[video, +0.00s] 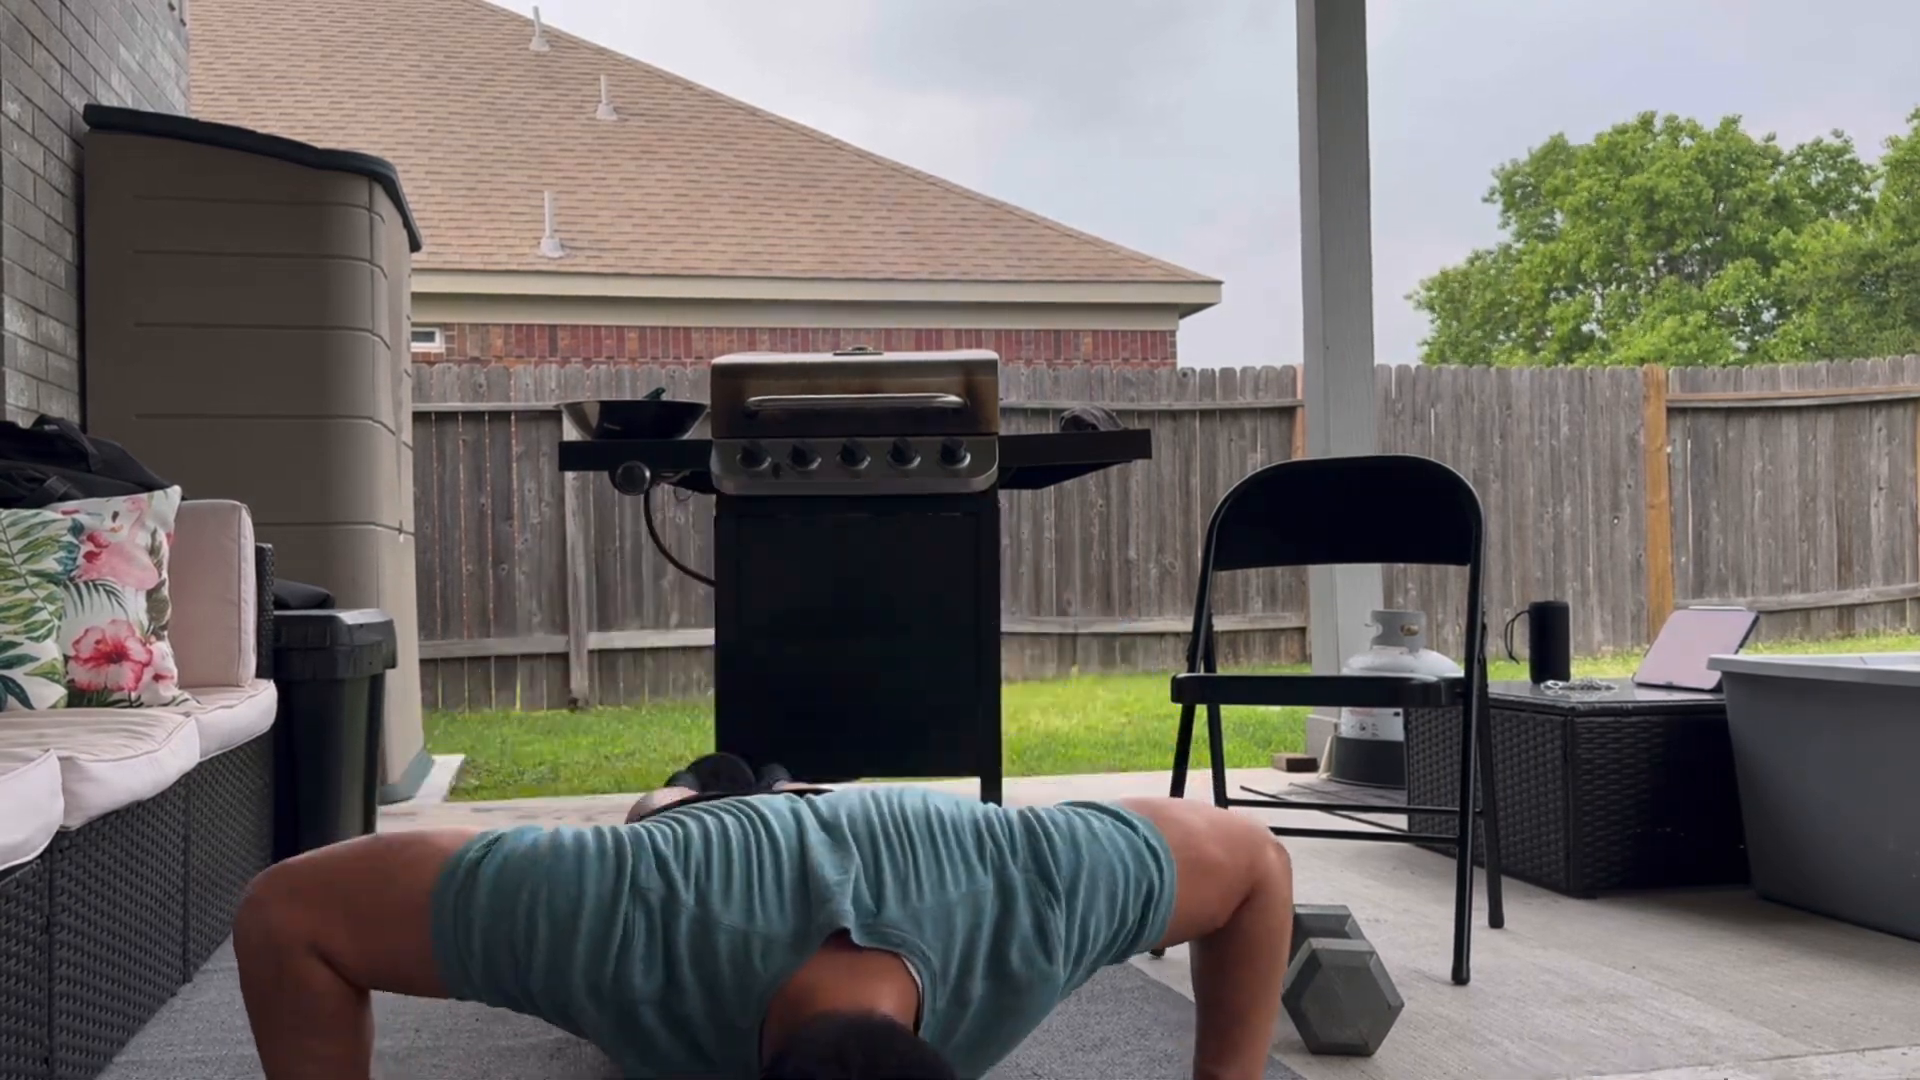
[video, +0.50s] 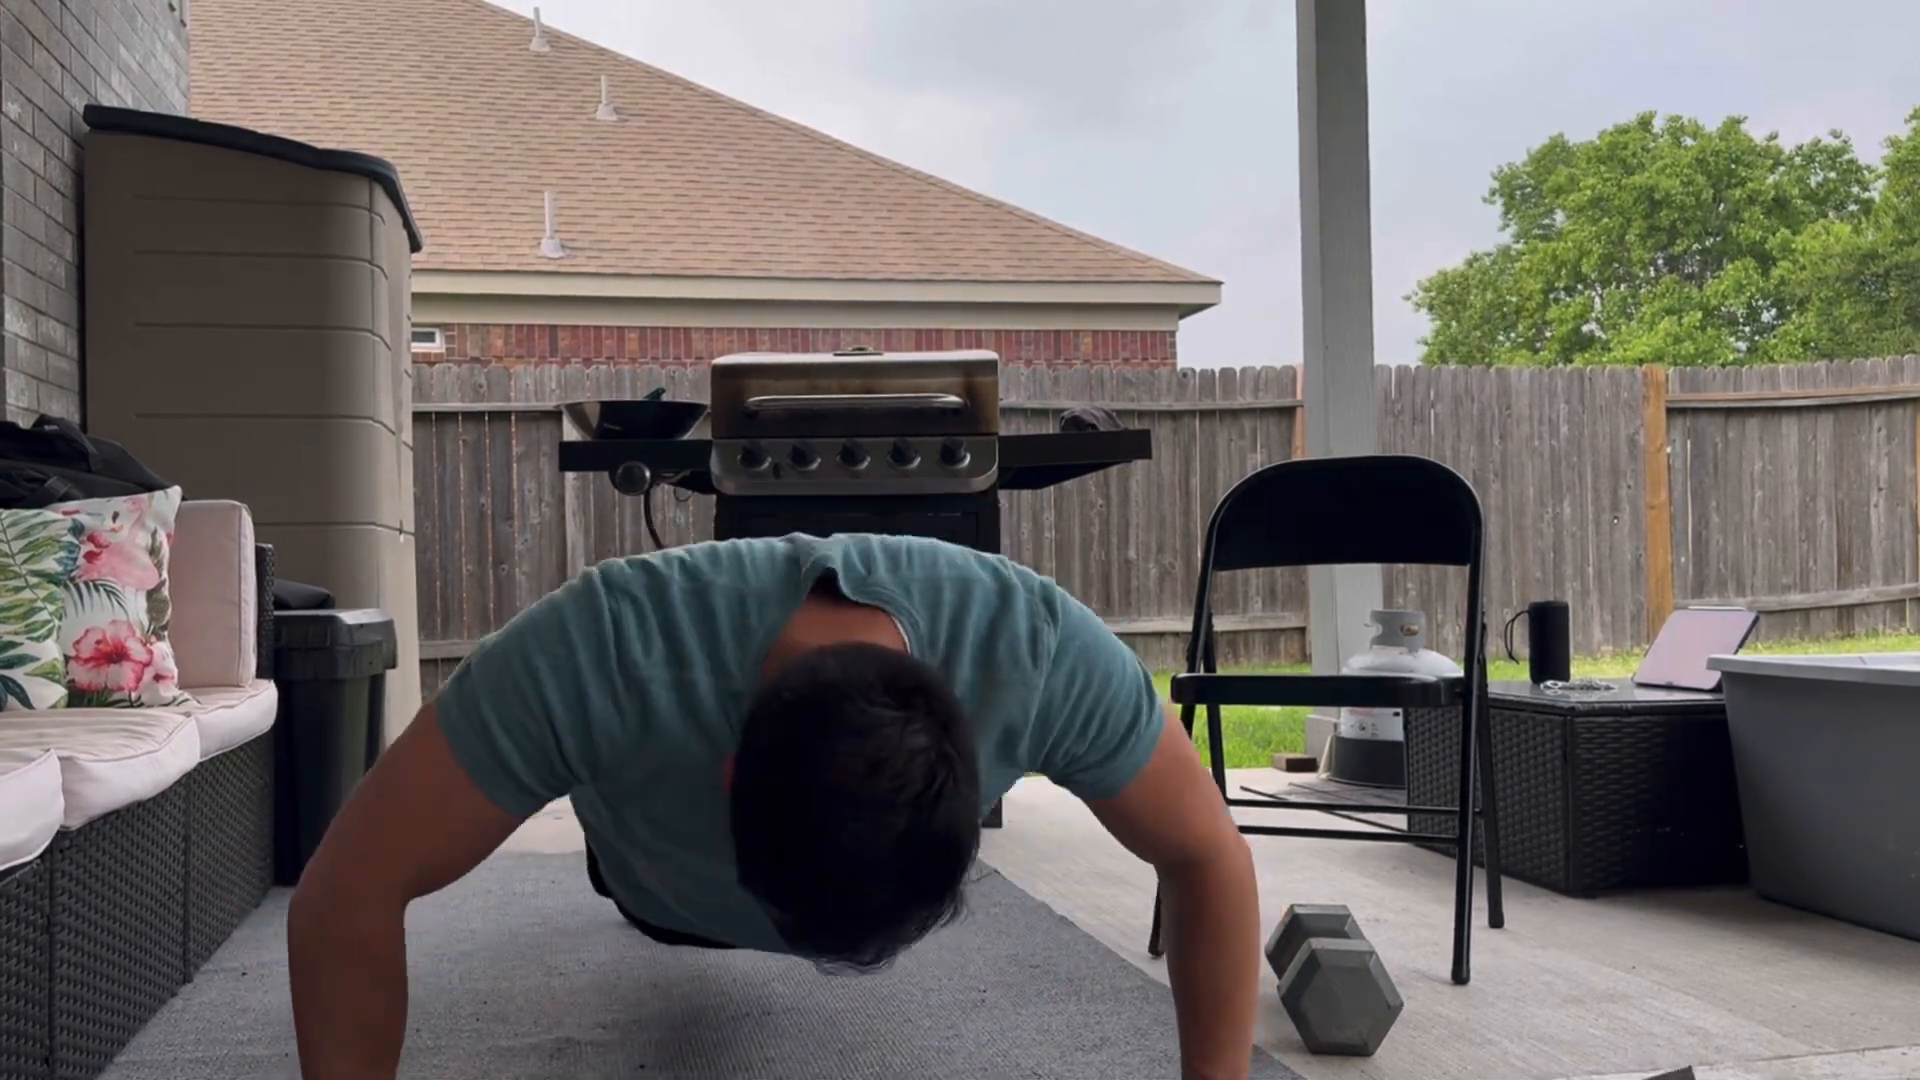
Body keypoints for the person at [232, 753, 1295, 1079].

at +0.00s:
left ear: (935, 1040)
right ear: (754, 1046)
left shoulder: (1034, 901)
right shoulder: (620, 931)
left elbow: (1253, 863)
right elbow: (288, 921)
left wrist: (1229, 1069)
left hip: (937, 833)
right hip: (674, 850)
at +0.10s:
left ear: (937, 1040)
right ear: (752, 1042)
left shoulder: (1043, 889)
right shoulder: (618, 923)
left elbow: (1249, 866)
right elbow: (288, 923)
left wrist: (1229, 1073)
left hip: (921, 813)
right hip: (691, 827)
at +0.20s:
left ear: (961, 982)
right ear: (732, 995)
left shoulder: (1055, 829)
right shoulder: (599, 849)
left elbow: (1249, 875)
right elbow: (286, 924)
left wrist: (1225, 1070)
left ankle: (1273, 901)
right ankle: (445, 803)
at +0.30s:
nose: (828, 1017)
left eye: (871, 1006)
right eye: (785, 984)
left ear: (965, 835)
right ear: (730, 846)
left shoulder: (1052, 736)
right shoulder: (587, 747)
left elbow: (1235, 871)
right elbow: (306, 916)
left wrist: (1224, 1068)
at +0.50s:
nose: (829, 948)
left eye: (871, 935)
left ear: (966, 801)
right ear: (731, 771)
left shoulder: (1042, 658)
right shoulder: (592, 655)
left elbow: (1209, 860)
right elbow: (345, 897)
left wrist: (1214, 1076)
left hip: (894, 833)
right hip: (671, 870)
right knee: (678, 919)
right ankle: (638, 856)